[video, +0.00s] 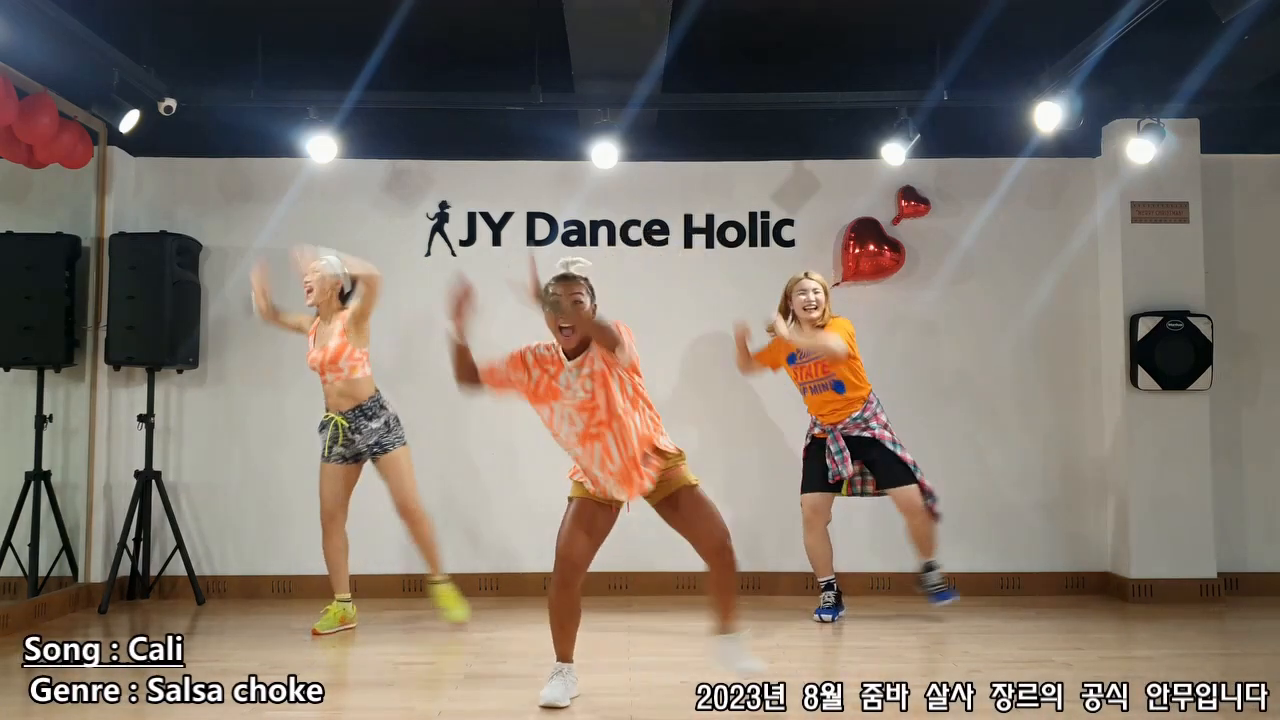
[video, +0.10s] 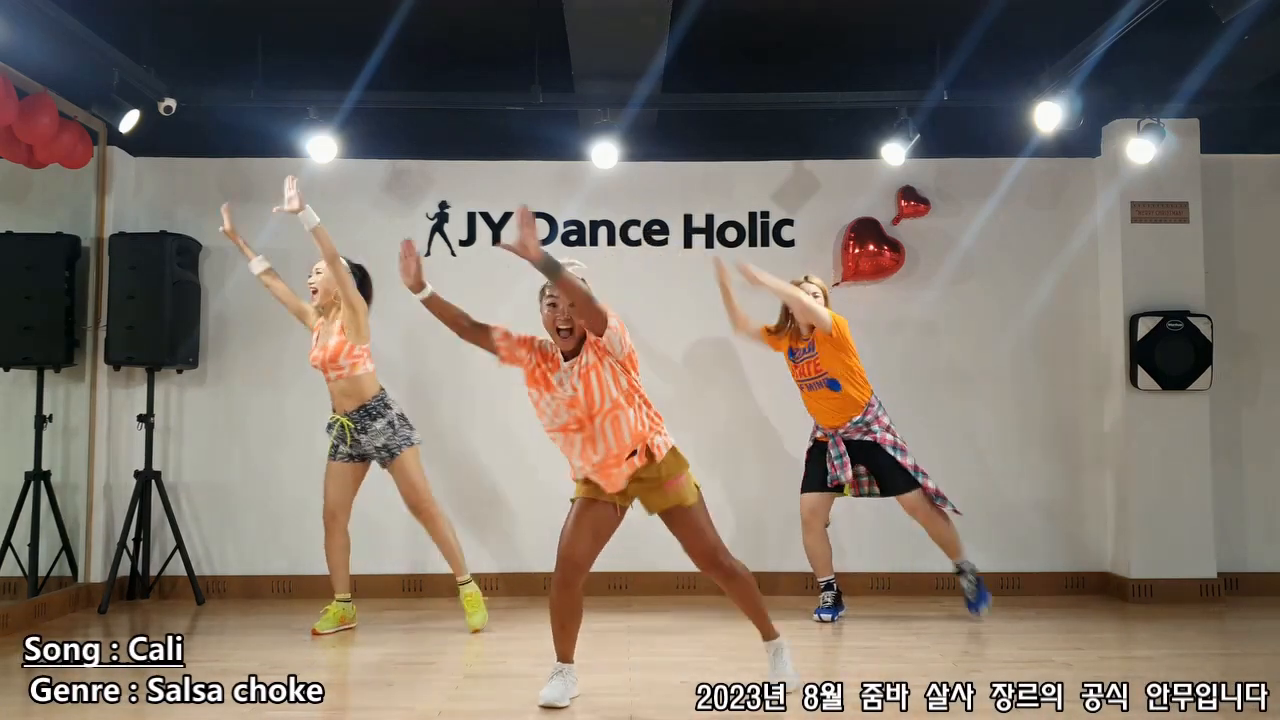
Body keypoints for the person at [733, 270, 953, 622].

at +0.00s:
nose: (810, 297)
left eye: (816, 291)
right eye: (801, 293)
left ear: (826, 299)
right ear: (789, 304)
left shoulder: (839, 327)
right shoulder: (784, 343)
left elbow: (835, 348)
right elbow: (748, 368)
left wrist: (789, 335)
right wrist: (741, 344)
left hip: (866, 425)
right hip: (824, 434)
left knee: (912, 501)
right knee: (813, 511)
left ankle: (929, 570)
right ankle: (829, 593)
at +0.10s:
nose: (808, 301)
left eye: (814, 297)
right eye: (802, 296)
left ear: (823, 304)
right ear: (790, 304)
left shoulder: (833, 330)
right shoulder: (785, 339)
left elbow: (802, 302)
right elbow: (743, 328)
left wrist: (762, 279)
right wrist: (725, 288)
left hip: (868, 429)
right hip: (826, 437)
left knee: (917, 504)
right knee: (811, 514)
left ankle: (966, 571)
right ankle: (829, 595)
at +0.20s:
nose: (808, 304)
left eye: (814, 299)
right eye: (802, 299)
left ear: (826, 306)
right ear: (791, 305)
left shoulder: (836, 331)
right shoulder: (790, 335)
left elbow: (807, 303)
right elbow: (746, 310)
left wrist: (764, 269)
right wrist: (716, 273)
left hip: (872, 432)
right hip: (832, 439)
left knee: (918, 508)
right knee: (813, 514)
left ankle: (970, 574)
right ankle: (829, 594)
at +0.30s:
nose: (820, 298)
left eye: (827, 293)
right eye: (812, 293)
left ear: (837, 301)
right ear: (800, 304)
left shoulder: (850, 325)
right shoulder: (796, 339)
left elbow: (849, 339)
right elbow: (749, 340)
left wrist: (801, 310)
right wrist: (736, 304)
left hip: (876, 427)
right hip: (836, 434)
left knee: (916, 509)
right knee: (818, 511)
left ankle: (955, 568)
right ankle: (829, 594)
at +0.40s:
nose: (836, 294)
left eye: (842, 288)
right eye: (828, 289)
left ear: (852, 296)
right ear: (815, 298)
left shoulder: (866, 329)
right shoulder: (808, 341)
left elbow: (887, 371)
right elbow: (770, 372)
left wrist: (840, 356)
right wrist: (765, 351)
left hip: (884, 430)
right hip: (841, 433)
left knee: (921, 511)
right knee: (824, 511)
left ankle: (936, 574)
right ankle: (830, 594)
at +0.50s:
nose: (853, 291)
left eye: (859, 286)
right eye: (846, 286)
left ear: (869, 294)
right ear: (833, 294)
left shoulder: (887, 332)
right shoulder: (824, 341)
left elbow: (916, 381)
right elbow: (795, 389)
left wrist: (881, 381)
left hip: (894, 431)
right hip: (850, 433)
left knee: (921, 513)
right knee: (833, 510)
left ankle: (925, 589)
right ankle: (831, 592)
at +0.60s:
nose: (870, 289)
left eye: (877, 283)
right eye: (863, 283)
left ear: (888, 291)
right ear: (851, 291)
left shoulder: (909, 330)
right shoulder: (840, 339)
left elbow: (947, 369)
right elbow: (815, 391)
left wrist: (920, 369)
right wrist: (851, 381)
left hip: (909, 430)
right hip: (864, 432)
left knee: (923, 512)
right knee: (849, 508)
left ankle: (926, 592)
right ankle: (839, 592)